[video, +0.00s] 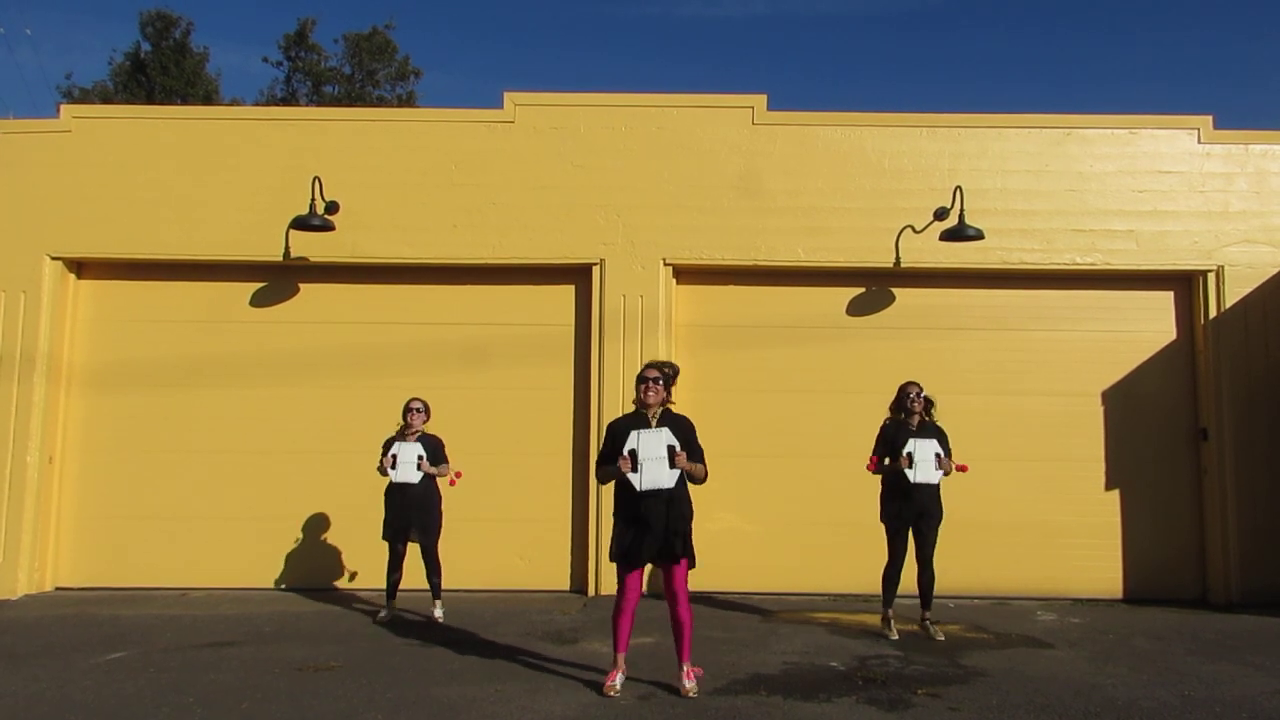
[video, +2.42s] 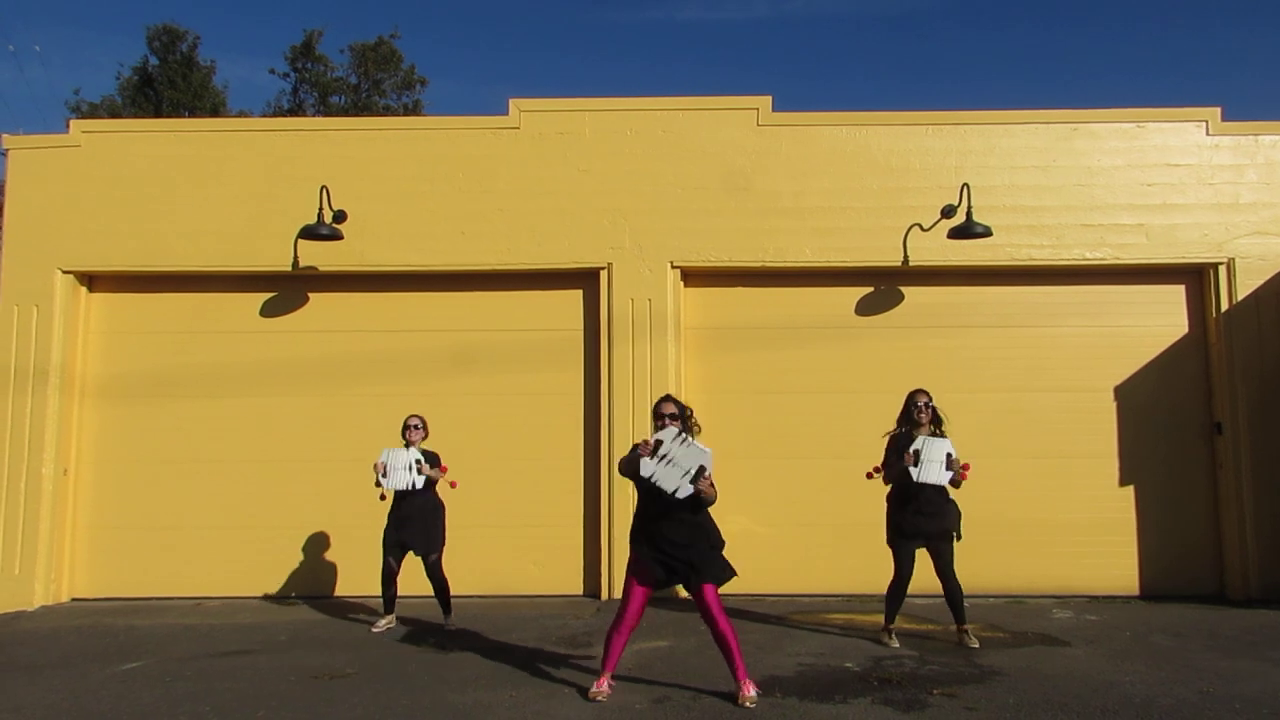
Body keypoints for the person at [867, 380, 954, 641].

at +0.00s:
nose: (914, 399)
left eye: (918, 395)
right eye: (908, 396)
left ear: (924, 400)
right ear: (900, 401)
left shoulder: (936, 431)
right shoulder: (890, 428)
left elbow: (947, 467)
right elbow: (874, 466)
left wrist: (946, 465)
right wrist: (896, 465)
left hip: (928, 505)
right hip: (897, 505)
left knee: (926, 560)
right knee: (896, 559)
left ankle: (926, 617)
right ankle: (887, 615)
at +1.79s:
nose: (921, 408)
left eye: (925, 404)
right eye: (915, 405)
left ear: (932, 407)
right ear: (907, 409)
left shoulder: (943, 438)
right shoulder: (901, 438)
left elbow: (958, 474)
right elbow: (893, 475)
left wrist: (964, 460)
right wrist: (909, 468)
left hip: (940, 515)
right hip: (908, 516)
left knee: (949, 574)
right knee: (898, 572)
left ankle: (958, 632)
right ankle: (878, 628)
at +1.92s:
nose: (924, 392)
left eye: (927, 387)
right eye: (918, 389)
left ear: (934, 392)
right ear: (909, 397)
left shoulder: (949, 421)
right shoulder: (903, 425)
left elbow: (980, 442)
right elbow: (896, 462)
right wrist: (895, 480)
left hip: (942, 501)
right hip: (908, 502)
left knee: (949, 563)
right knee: (899, 556)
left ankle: (954, 626)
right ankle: (869, 598)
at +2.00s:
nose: (927, 394)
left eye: (930, 390)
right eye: (921, 392)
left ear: (936, 395)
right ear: (912, 400)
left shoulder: (951, 421)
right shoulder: (907, 428)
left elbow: (992, 423)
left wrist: (1006, 404)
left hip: (945, 504)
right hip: (912, 504)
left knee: (951, 567)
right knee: (901, 561)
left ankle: (951, 628)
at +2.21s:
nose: (927, 395)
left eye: (930, 390)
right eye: (920, 392)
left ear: (936, 396)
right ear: (911, 399)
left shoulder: (949, 422)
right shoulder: (904, 430)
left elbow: (985, 419)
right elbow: (893, 465)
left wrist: (1006, 406)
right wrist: (892, 486)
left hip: (943, 506)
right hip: (910, 506)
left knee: (946, 566)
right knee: (904, 561)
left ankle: (953, 629)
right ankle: (877, 552)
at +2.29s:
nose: (925, 397)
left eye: (929, 393)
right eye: (919, 394)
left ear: (935, 398)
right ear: (909, 400)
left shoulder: (947, 423)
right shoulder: (900, 428)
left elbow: (980, 436)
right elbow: (890, 467)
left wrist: (985, 433)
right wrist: (906, 473)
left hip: (942, 502)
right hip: (907, 503)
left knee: (949, 565)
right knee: (902, 562)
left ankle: (959, 624)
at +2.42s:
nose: (922, 410)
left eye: (926, 406)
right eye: (916, 406)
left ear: (933, 410)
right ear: (908, 410)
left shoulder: (942, 441)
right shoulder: (899, 439)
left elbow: (956, 482)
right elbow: (887, 478)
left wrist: (955, 470)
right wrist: (904, 463)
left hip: (937, 513)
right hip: (904, 513)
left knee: (947, 573)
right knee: (903, 573)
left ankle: (963, 629)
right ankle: (888, 629)